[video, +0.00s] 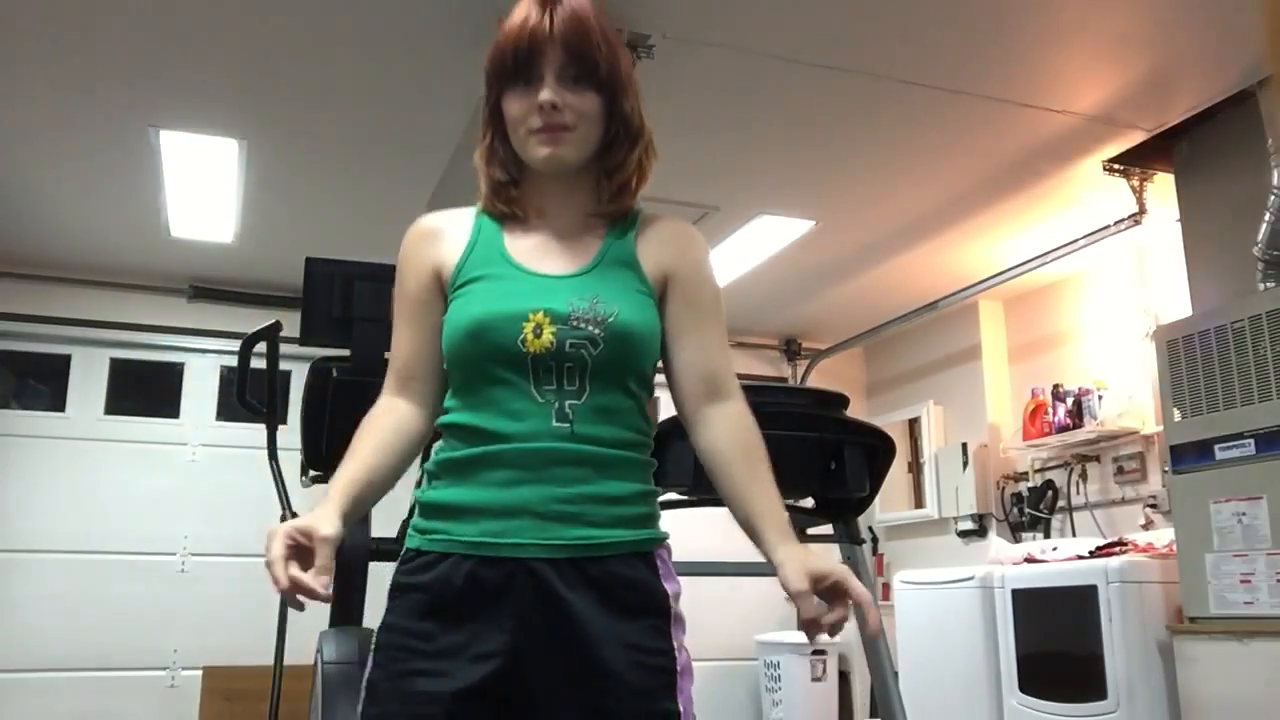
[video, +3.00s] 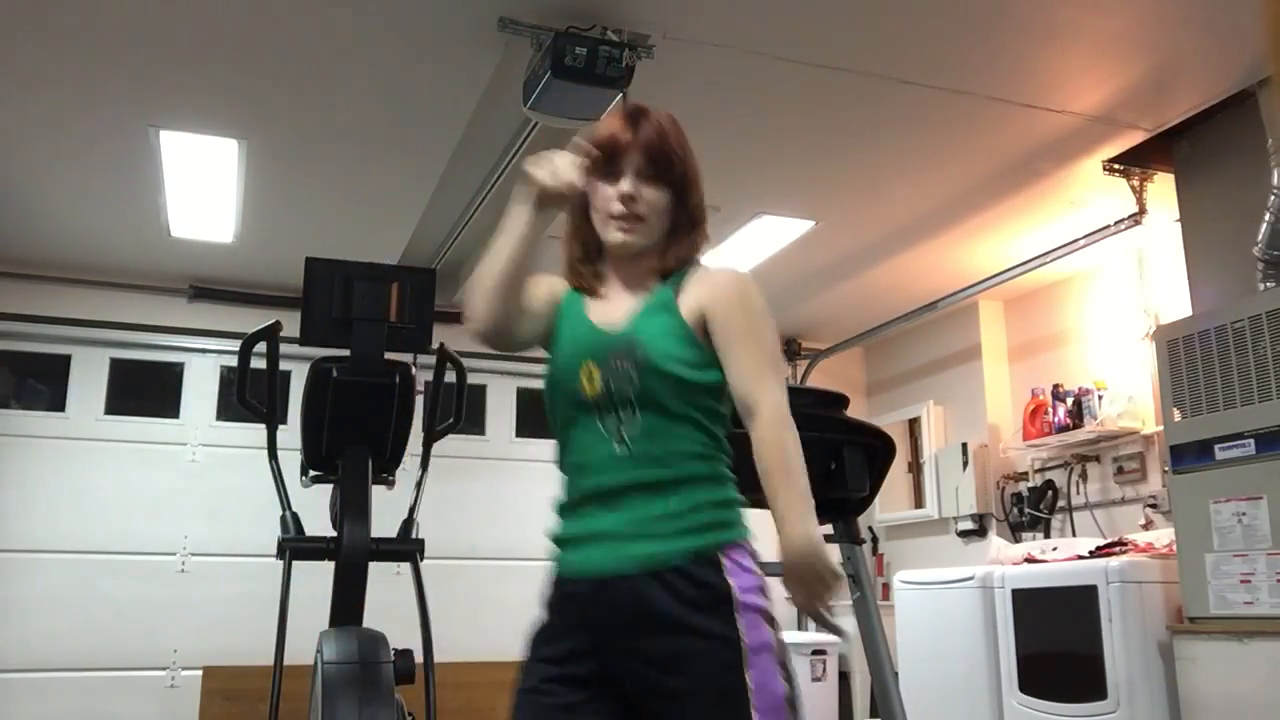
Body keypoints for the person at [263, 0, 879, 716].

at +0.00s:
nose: (549, 102)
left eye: (575, 81)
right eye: (525, 83)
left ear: (614, 101)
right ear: (498, 105)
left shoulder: (668, 247)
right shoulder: (439, 241)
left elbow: (715, 405)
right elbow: (405, 398)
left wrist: (788, 551)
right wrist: (331, 508)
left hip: (610, 597)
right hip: (450, 589)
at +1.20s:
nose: (586, 165)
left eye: (609, 153)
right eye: (566, 153)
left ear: (637, 183)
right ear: (540, 183)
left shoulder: (687, 303)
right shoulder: (494, 302)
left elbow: (726, 436)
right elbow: (462, 443)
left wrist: (780, 560)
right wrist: (411, 569)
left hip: (661, 602)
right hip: (526, 601)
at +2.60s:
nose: (556, 195)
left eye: (577, 178)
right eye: (536, 180)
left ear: (608, 199)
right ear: (515, 202)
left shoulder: (667, 317)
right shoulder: (476, 326)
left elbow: (705, 435)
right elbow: (454, 459)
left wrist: (730, 539)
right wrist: (349, 543)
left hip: (624, 622)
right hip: (488, 617)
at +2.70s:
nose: (562, 216)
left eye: (583, 200)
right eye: (542, 202)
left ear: (615, 221)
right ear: (519, 228)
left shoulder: (671, 322)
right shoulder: (488, 344)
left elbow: (717, 420)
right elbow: (425, 465)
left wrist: (739, 474)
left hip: (631, 629)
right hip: (498, 618)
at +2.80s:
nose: (578, 194)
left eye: (601, 177)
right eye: (558, 178)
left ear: (631, 198)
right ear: (537, 201)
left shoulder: (679, 293)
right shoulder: (504, 310)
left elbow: (741, 388)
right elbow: (407, 404)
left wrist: (752, 443)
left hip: (648, 607)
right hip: (517, 601)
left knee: (696, 708)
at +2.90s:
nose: (603, 176)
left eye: (627, 159)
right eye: (584, 160)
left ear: (656, 179)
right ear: (561, 180)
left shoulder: (692, 268)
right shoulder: (529, 282)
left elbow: (751, 365)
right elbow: (436, 339)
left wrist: (775, 471)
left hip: (669, 570)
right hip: (545, 572)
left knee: (710, 710)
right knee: (517, 708)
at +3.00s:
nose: (626, 192)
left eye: (650, 177)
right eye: (610, 173)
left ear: (679, 199)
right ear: (584, 190)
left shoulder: (716, 292)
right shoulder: (556, 299)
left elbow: (768, 412)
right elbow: (487, 322)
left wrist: (799, 542)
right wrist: (530, 206)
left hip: (698, 591)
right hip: (582, 595)